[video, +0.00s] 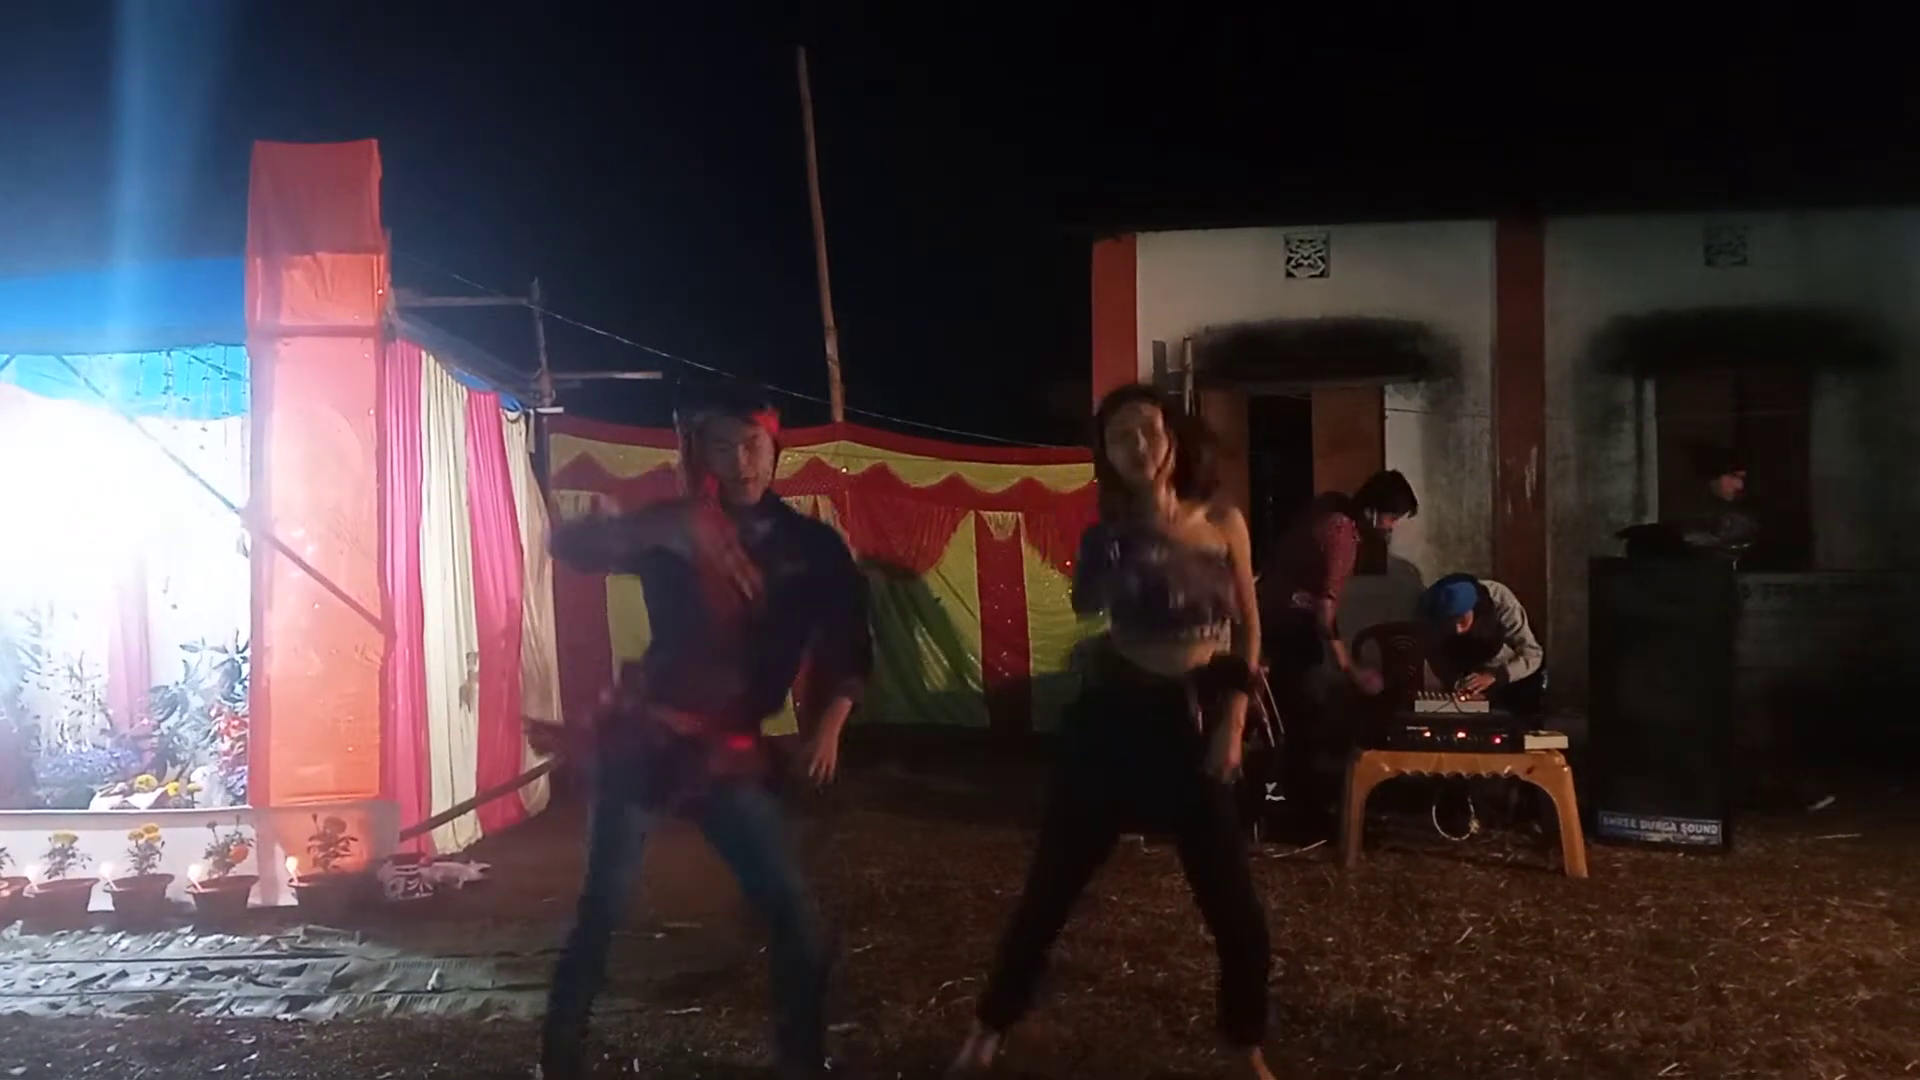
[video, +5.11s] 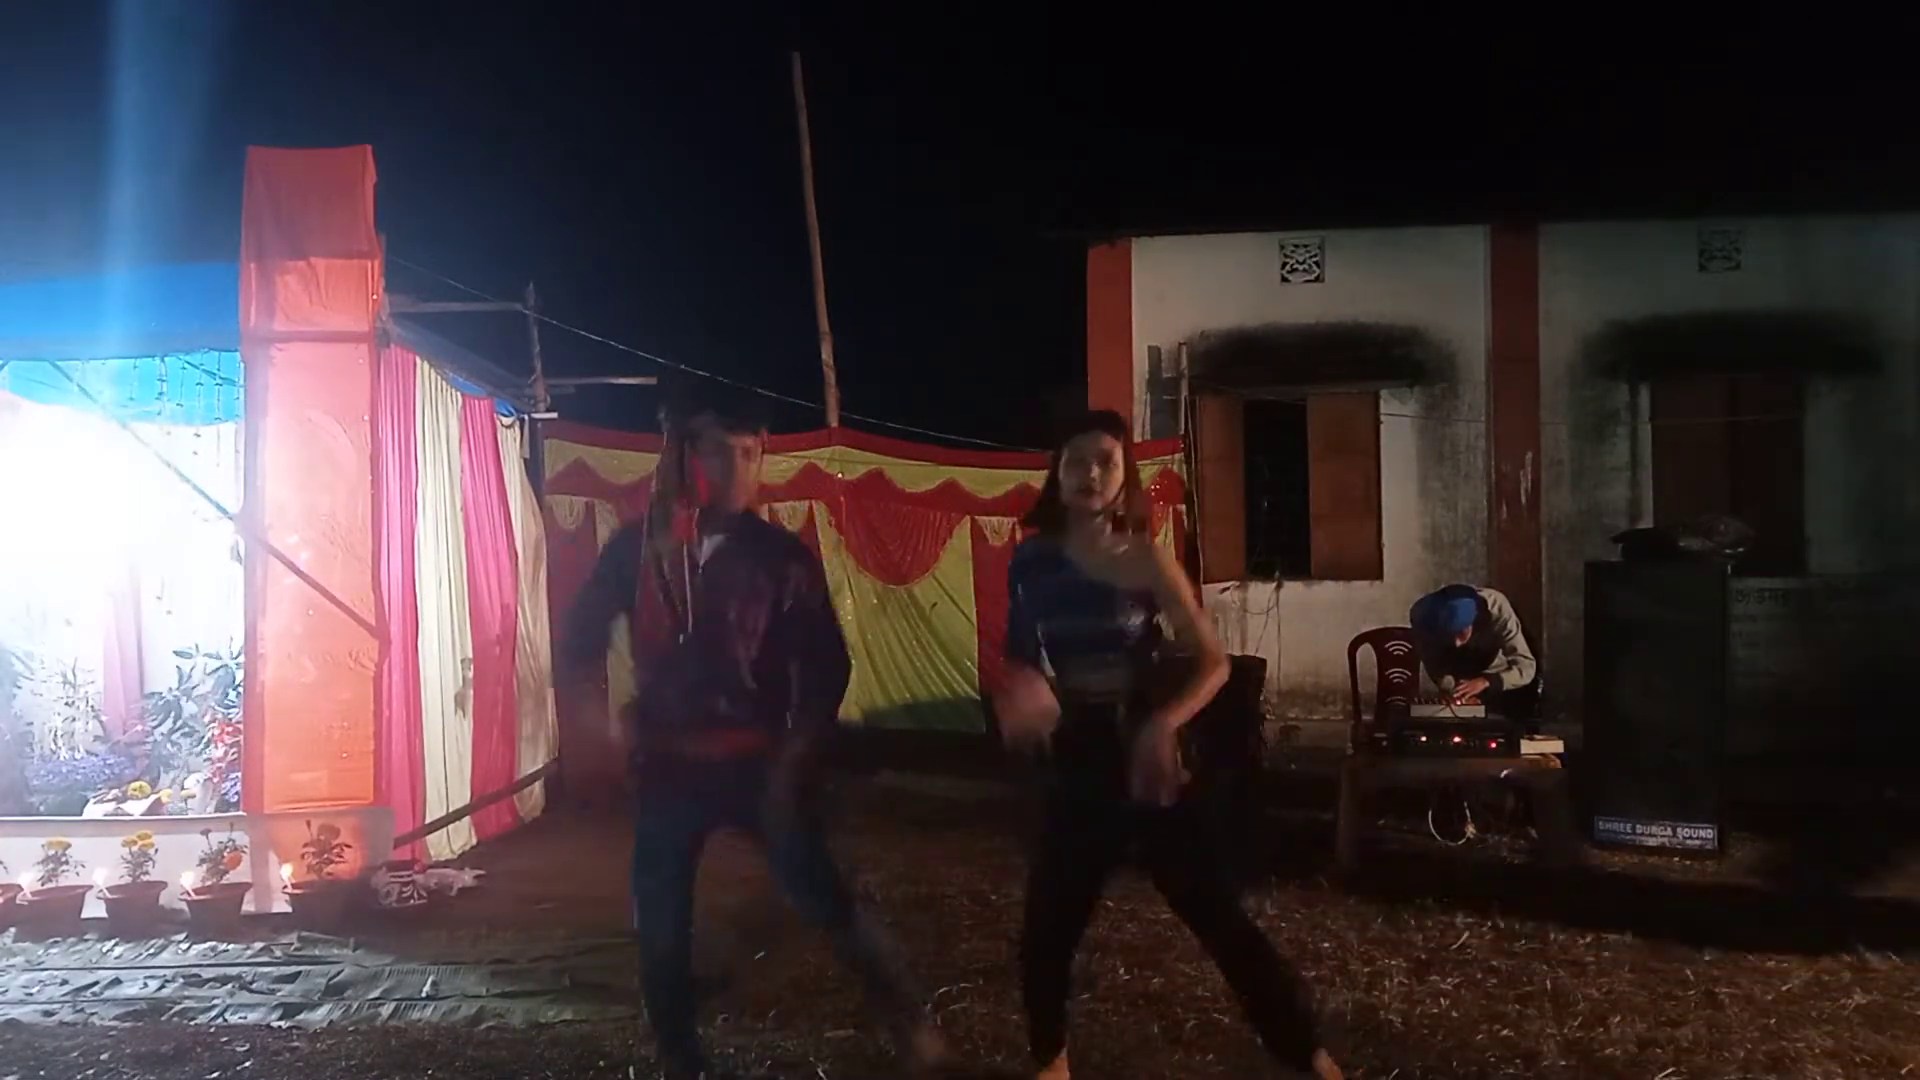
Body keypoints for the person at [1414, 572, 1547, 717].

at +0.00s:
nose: (1458, 630)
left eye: (1462, 620)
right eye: (1451, 623)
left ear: (1473, 608)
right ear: (1440, 617)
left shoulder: (1500, 599)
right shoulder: (1430, 609)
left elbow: (1532, 654)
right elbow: (1435, 658)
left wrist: (1494, 677)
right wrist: (1458, 684)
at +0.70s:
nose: (1455, 634)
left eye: (1459, 626)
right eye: (1449, 628)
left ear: (1470, 615)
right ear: (1440, 623)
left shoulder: (1499, 608)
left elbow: (1523, 661)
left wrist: (1486, 684)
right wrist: (1461, 685)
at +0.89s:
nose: (1454, 636)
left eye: (1459, 627)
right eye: (1447, 630)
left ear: (1470, 616)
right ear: (1436, 622)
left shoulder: (1498, 607)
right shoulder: (1421, 612)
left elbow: (1521, 662)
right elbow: (1430, 662)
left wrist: (1484, 685)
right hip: (1447, 654)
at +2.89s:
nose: (1453, 637)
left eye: (1458, 629)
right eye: (1447, 630)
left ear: (1469, 619)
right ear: (1438, 623)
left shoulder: (1498, 610)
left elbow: (1522, 665)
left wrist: (1488, 680)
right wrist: (1449, 689)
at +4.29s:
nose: (1456, 643)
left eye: (1461, 635)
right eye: (1450, 637)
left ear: (1472, 622)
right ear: (1438, 627)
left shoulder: (1496, 607)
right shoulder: (1421, 614)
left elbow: (1526, 666)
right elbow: (1433, 663)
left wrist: (1486, 681)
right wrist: (1456, 692)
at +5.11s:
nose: (1457, 644)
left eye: (1462, 636)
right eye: (1450, 637)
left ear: (1473, 622)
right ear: (1438, 627)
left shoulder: (1496, 607)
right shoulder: (1421, 614)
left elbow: (1525, 667)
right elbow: (1432, 662)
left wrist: (1486, 682)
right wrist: (1452, 689)